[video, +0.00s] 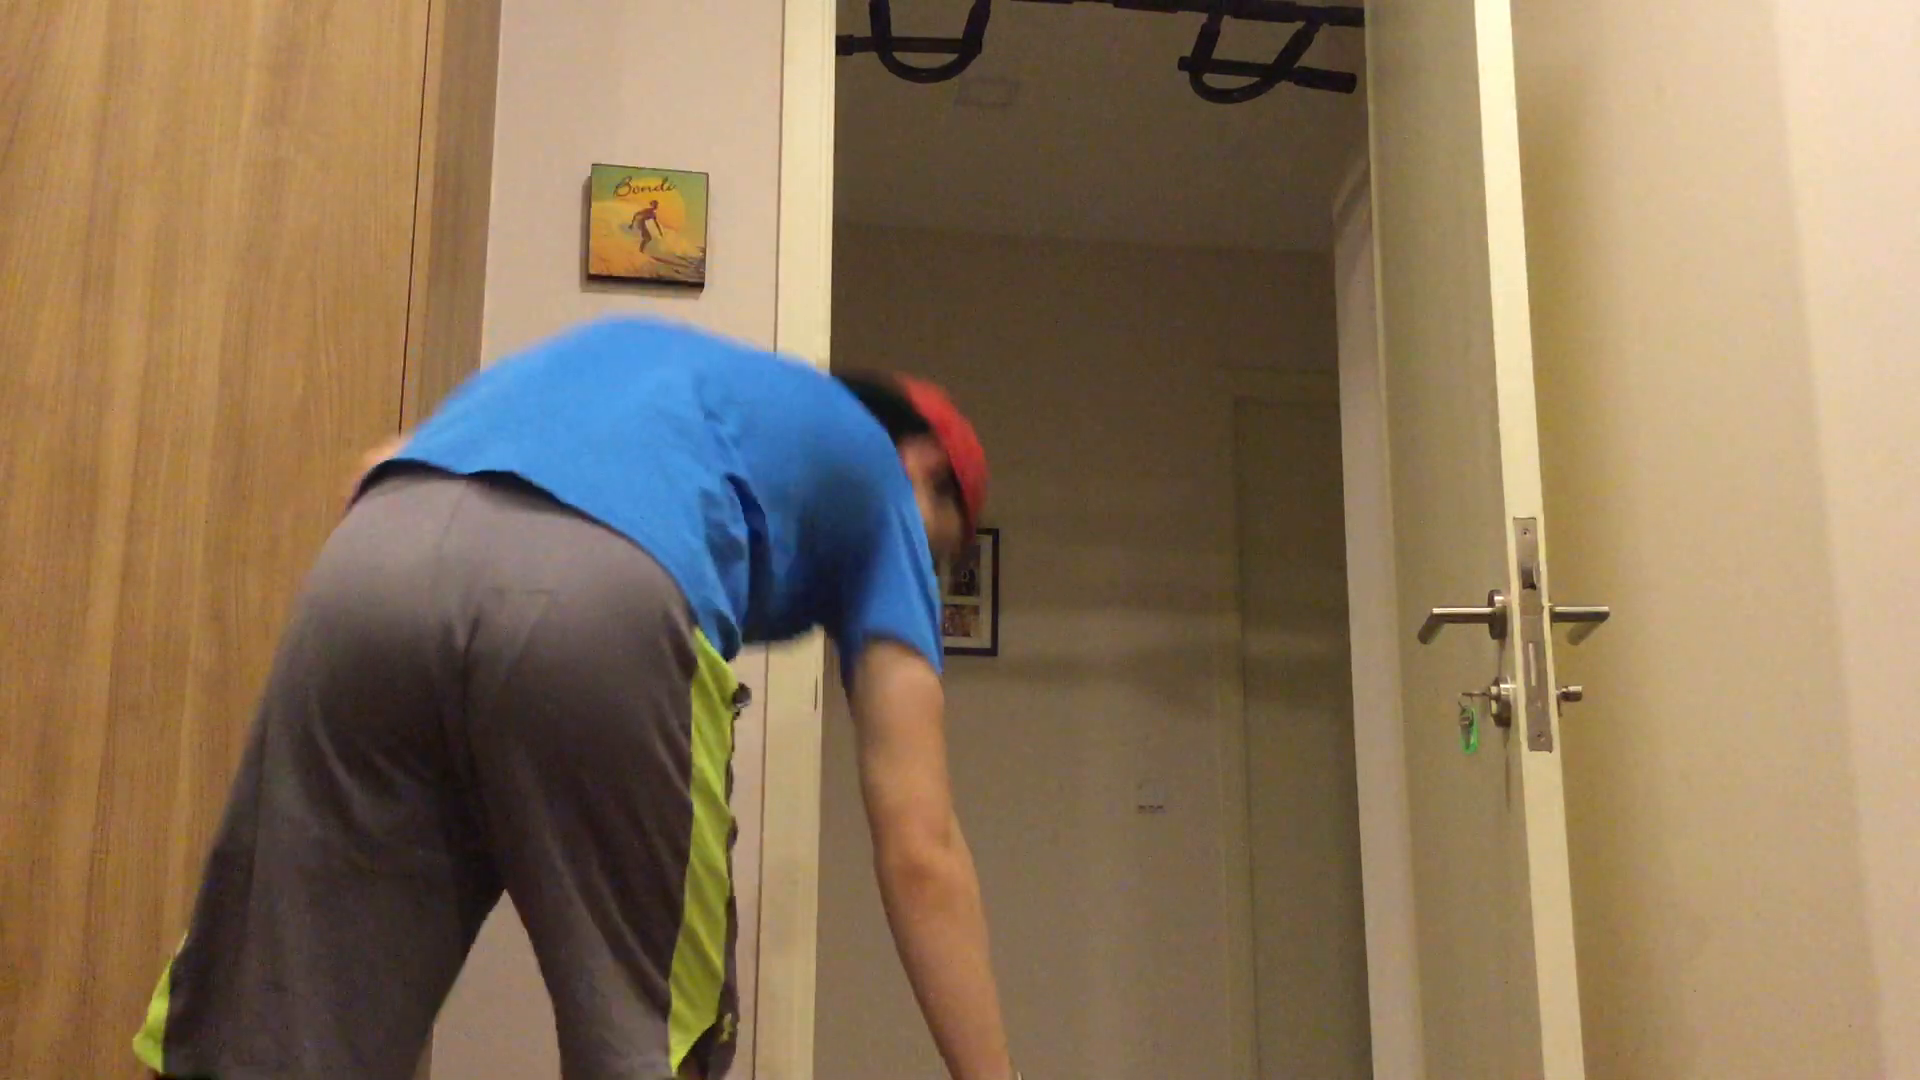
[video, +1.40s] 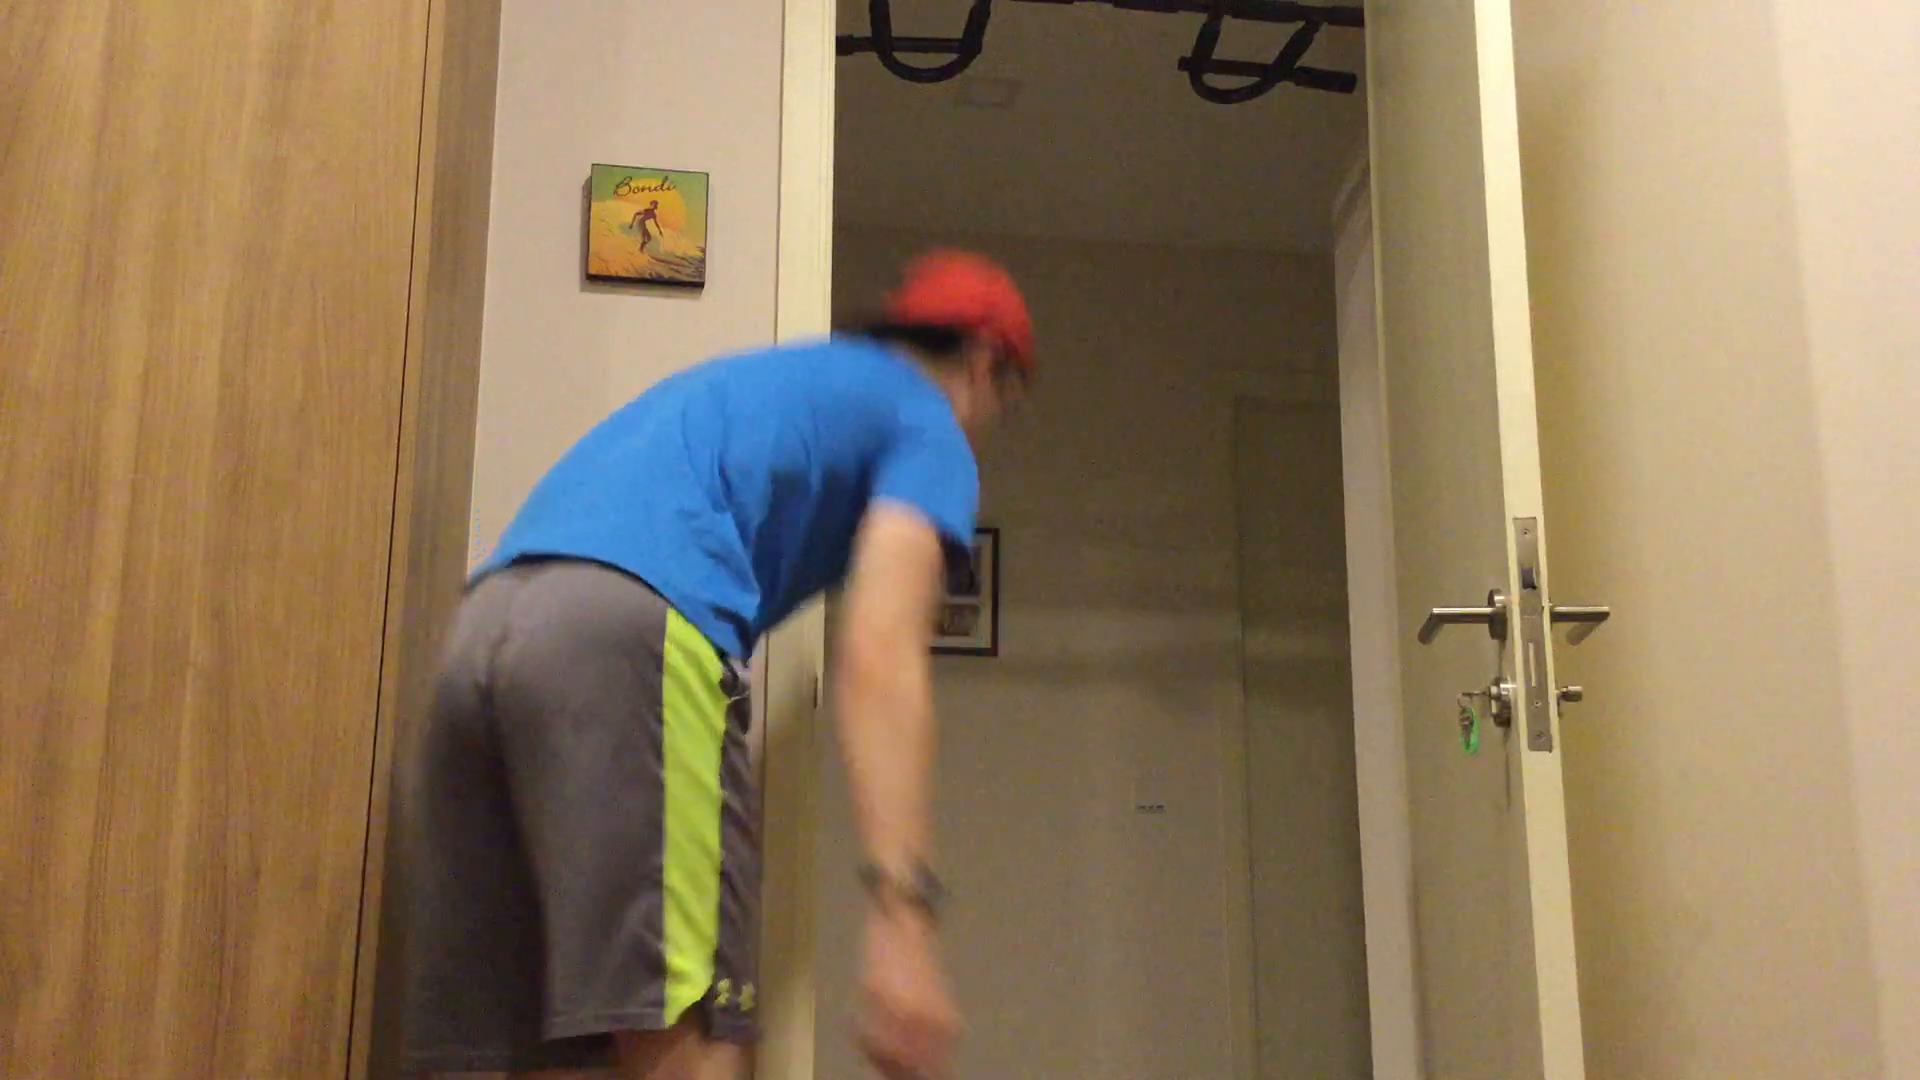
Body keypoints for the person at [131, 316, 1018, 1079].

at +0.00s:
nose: (919, 557)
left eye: (941, 547)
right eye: (934, 526)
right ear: (914, 456)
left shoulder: (613, 352)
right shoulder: (875, 473)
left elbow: (377, 470)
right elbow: (919, 846)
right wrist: (989, 1071)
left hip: (384, 540)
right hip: (602, 585)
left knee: (292, 1017)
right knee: (645, 1034)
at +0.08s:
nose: (930, 617)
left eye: (956, 605)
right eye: (950, 583)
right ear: (930, 506)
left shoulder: (648, 397)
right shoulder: (890, 509)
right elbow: (930, 883)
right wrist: (991, 1067)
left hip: (389, 534)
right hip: (607, 582)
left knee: (290, 1022)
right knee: (641, 1036)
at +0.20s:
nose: (950, 652)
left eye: (973, 644)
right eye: (971, 624)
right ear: (954, 546)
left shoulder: (690, 440)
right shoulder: (908, 555)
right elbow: (936, 912)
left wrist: (695, 1017)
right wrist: (993, 1079)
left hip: (404, 531)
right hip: (614, 580)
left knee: (288, 1030)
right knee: (641, 1045)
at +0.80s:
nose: (1010, 683)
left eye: (1034, 675)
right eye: (1033, 656)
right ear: (1001, 578)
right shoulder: (949, 600)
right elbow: (915, 957)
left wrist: (681, 1008)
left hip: (423, 557)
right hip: (610, 600)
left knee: (412, 1038)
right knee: (634, 1043)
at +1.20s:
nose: (1006, 597)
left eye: (1025, 580)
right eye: (1021, 566)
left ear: (926, 471)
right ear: (998, 514)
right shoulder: (940, 549)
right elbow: (952, 853)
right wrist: (1036, 1067)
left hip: (443, 599)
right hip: (598, 621)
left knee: (497, 1044)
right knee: (631, 1046)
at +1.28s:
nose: (1006, 538)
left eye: (1022, 518)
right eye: (1022, 509)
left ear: (922, 421)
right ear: (1000, 464)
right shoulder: (935, 497)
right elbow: (932, 776)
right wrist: (1000, 1024)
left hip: (454, 605)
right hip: (602, 623)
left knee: (451, 1039)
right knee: (636, 1044)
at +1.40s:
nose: (989, 425)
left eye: (1001, 404)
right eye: (1001, 397)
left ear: (891, 332)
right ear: (982, 360)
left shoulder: (763, 388)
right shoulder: (921, 417)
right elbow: (878, 653)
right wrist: (901, 910)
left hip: (483, 621)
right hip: (627, 629)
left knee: (510, 1046)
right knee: (684, 1042)